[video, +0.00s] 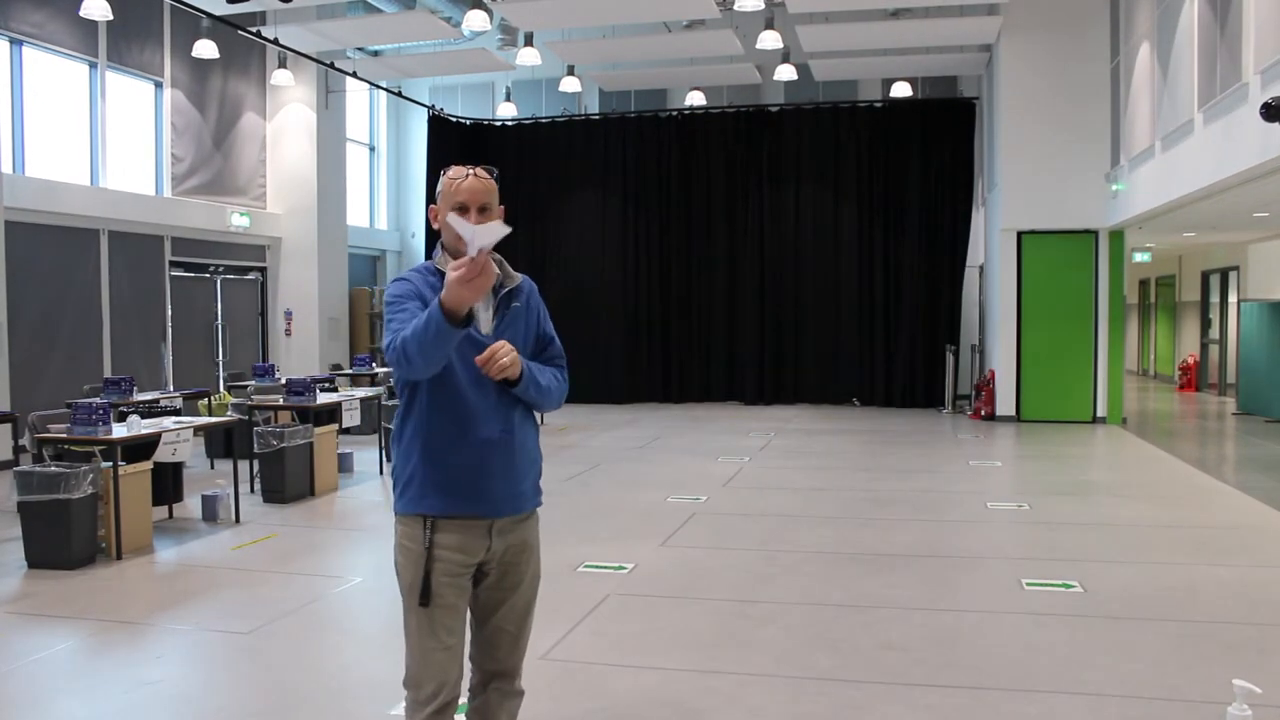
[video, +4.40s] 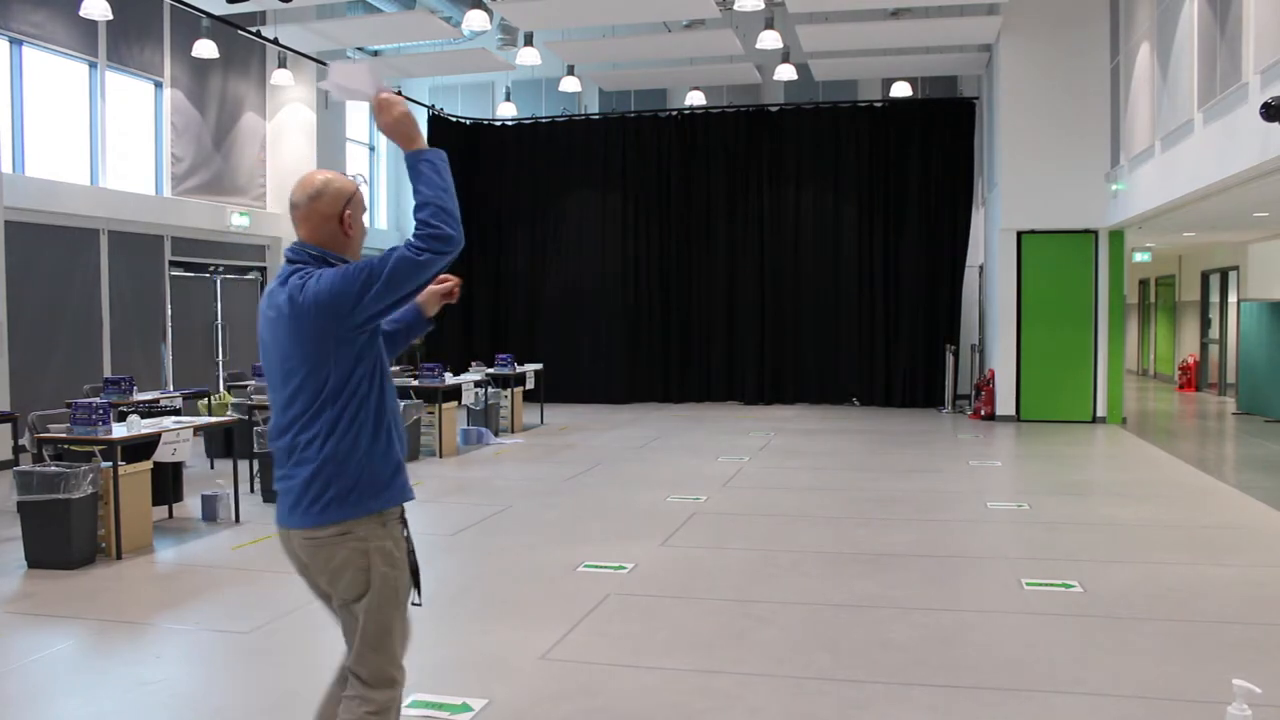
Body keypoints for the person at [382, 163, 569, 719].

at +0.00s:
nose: (473, 221)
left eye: (484, 211)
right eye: (459, 211)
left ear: (500, 217)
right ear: (435, 218)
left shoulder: (522, 293)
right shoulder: (410, 289)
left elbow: (555, 386)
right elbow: (407, 363)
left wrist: (521, 369)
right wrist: (450, 308)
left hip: (514, 513)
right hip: (434, 515)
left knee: (502, 681)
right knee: (433, 688)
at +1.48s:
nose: (438, 230)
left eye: (441, 218)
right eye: (427, 214)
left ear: (439, 219)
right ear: (380, 207)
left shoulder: (423, 293)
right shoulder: (344, 299)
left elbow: (457, 384)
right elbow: (389, 414)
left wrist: (520, 367)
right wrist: (490, 367)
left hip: (423, 526)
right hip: (361, 532)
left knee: (443, 683)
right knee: (377, 699)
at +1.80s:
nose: (414, 229)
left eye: (414, 215)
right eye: (406, 213)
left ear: (363, 209)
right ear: (363, 206)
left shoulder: (354, 288)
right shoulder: (339, 297)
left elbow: (410, 378)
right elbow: (396, 418)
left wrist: (492, 350)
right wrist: (489, 366)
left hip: (355, 529)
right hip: (344, 534)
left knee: (356, 692)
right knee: (368, 700)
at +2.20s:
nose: (368, 231)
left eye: (368, 217)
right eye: (362, 216)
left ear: (320, 213)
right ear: (330, 211)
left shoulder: (268, 285)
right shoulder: (321, 297)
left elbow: (349, 382)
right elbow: (378, 414)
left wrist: (424, 360)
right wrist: (437, 366)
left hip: (260, 524)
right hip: (310, 535)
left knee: (282, 694)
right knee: (355, 699)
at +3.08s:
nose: (333, 215)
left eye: (331, 204)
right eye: (330, 204)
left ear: (262, 211)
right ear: (313, 209)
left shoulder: (223, 286)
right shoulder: (325, 294)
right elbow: (416, 357)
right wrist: (424, 286)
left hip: (233, 523)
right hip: (312, 531)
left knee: (263, 690)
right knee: (342, 691)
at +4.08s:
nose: (333, 209)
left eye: (328, 196)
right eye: (328, 198)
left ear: (264, 215)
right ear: (314, 212)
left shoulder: (230, 289)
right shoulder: (325, 288)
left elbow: (285, 356)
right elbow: (430, 268)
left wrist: (358, 333)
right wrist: (434, 185)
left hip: (244, 522)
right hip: (322, 524)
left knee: (272, 688)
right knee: (350, 688)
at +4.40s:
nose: (365, 220)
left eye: (361, 209)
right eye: (360, 209)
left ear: (303, 222)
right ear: (346, 221)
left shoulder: (282, 295)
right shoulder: (335, 290)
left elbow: (358, 354)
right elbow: (439, 237)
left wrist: (418, 311)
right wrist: (415, 146)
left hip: (308, 521)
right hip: (353, 521)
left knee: (366, 660)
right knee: (379, 683)